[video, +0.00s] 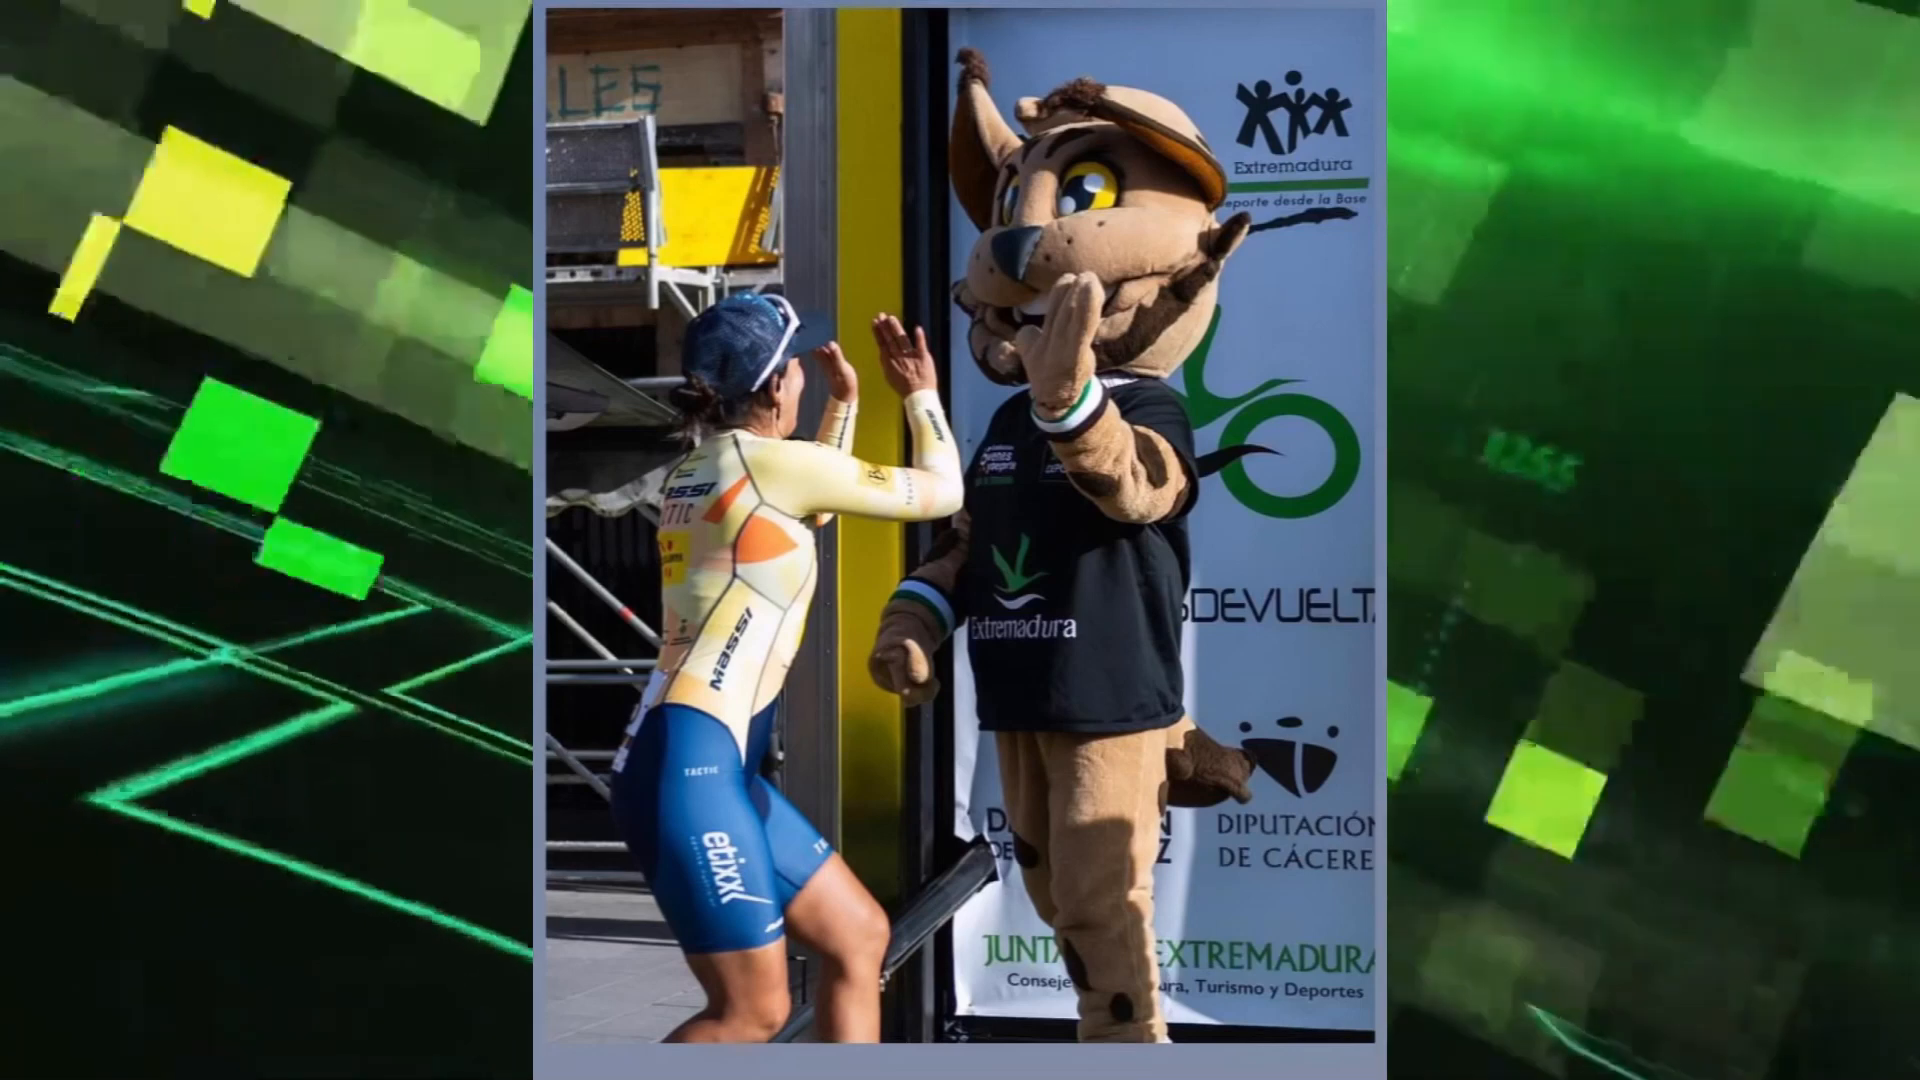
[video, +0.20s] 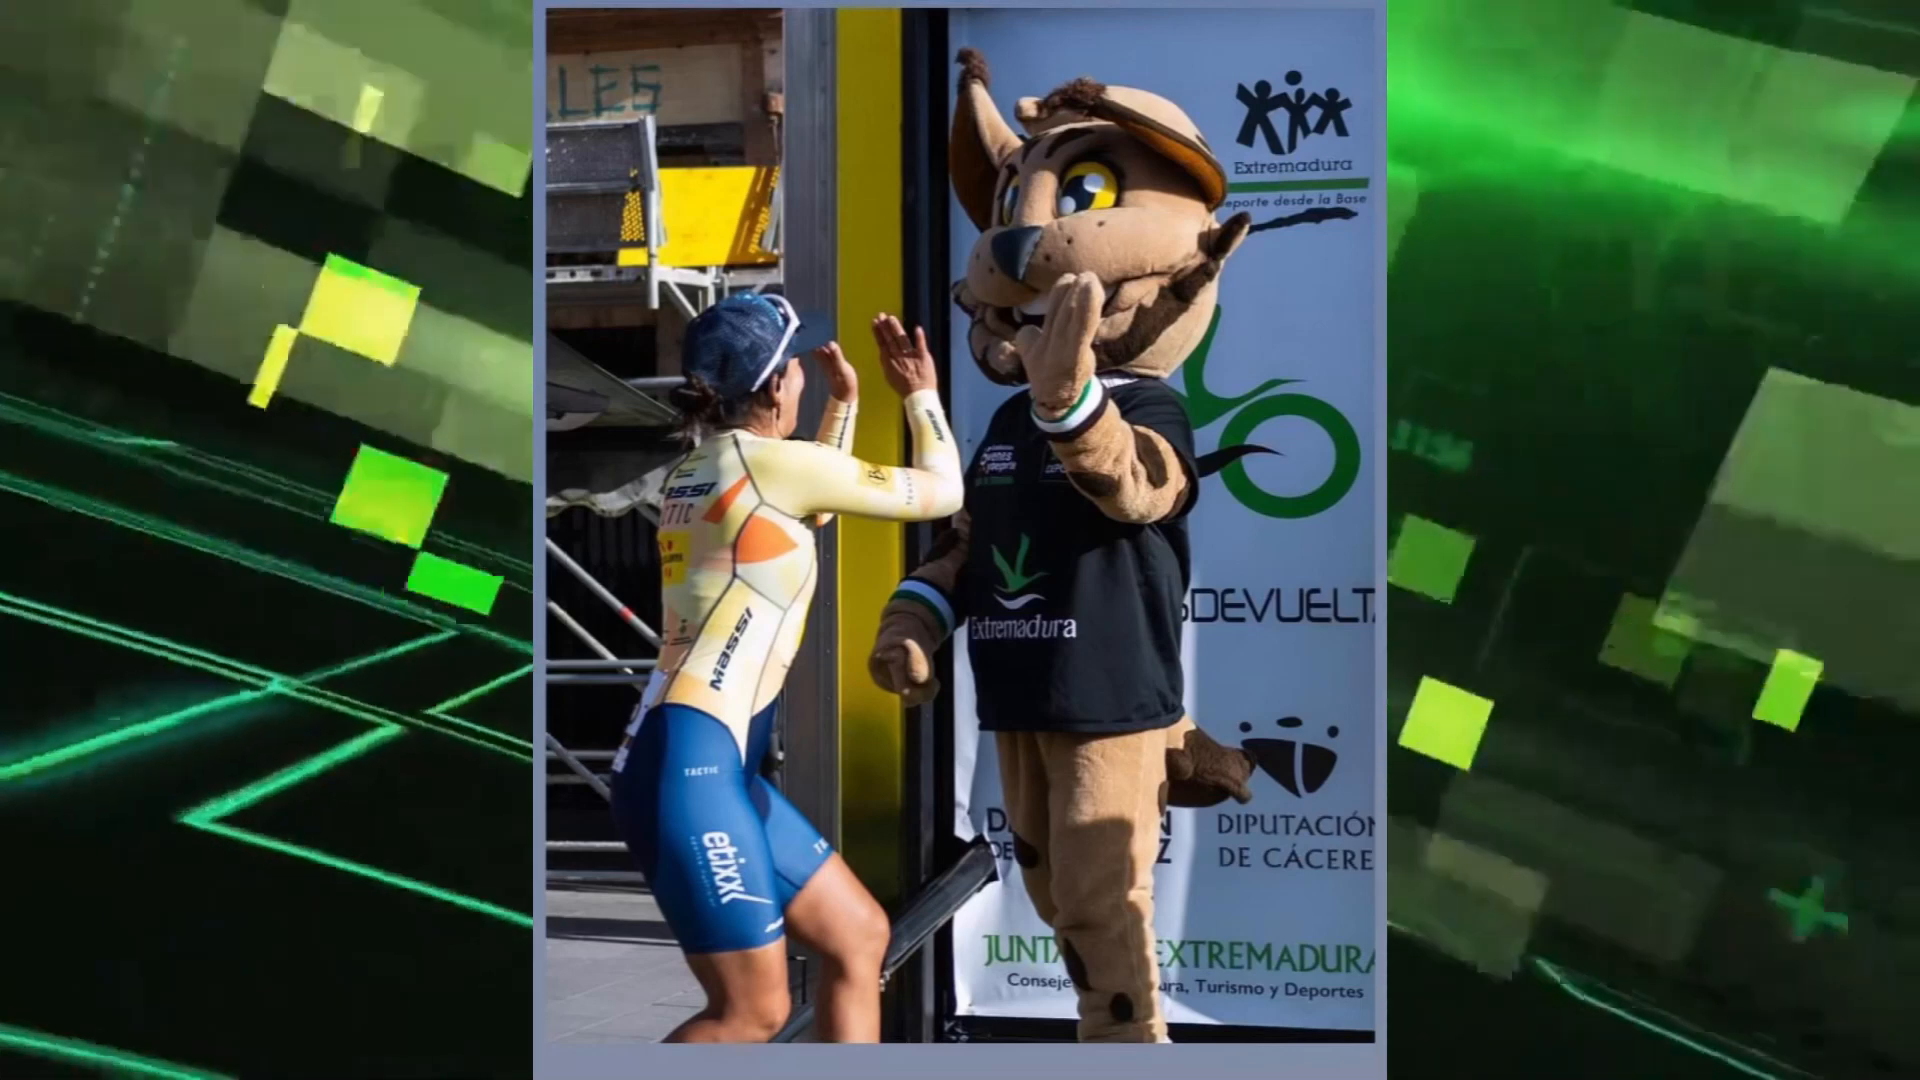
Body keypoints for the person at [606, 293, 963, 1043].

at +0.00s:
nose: (803, 377)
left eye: (799, 362)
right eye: (797, 364)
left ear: (714, 387)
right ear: (777, 380)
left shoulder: (693, 471)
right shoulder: (781, 465)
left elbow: (798, 494)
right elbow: (938, 492)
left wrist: (841, 411)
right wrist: (924, 395)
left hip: (714, 769)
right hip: (686, 774)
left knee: (860, 934)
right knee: (754, 1010)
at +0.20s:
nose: (803, 377)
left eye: (800, 363)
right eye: (796, 364)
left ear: (715, 387)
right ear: (776, 380)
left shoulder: (693, 471)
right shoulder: (777, 464)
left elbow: (800, 496)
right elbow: (939, 492)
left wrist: (841, 411)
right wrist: (924, 395)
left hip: (714, 770)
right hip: (686, 774)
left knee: (860, 934)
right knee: (753, 1010)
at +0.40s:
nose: (803, 377)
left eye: (800, 363)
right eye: (796, 364)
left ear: (715, 387)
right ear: (776, 380)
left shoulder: (692, 471)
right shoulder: (778, 465)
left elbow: (797, 494)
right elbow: (939, 492)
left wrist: (840, 412)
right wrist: (924, 395)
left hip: (714, 770)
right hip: (686, 774)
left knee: (860, 934)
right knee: (754, 1010)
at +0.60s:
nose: (803, 377)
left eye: (799, 362)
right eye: (796, 364)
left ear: (714, 387)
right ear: (777, 380)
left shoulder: (694, 471)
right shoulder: (781, 465)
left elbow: (798, 494)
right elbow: (938, 492)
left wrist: (841, 411)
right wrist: (924, 395)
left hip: (714, 769)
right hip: (686, 774)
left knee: (860, 934)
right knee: (754, 1010)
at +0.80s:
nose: (803, 377)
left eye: (800, 363)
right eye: (796, 365)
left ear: (715, 387)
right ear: (776, 380)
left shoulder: (693, 471)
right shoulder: (778, 465)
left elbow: (802, 495)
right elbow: (939, 492)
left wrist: (841, 410)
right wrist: (924, 396)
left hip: (714, 769)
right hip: (686, 774)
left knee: (860, 933)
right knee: (754, 1009)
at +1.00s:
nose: (803, 377)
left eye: (800, 363)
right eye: (796, 364)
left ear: (715, 387)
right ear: (776, 380)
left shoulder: (692, 471)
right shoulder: (778, 465)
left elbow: (797, 494)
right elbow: (938, 492)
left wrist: (840, 412)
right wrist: (924, 395)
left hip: (714, 770)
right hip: (686, 774)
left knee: (860, 934)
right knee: (754, 1010)